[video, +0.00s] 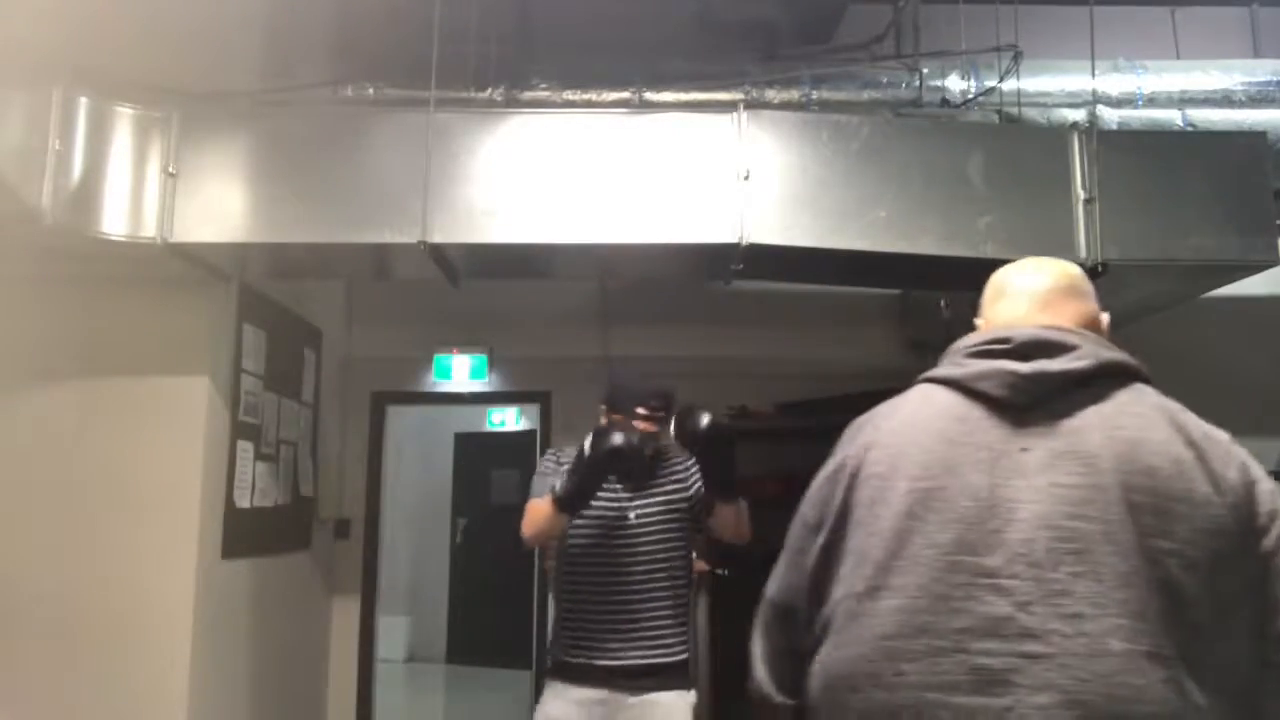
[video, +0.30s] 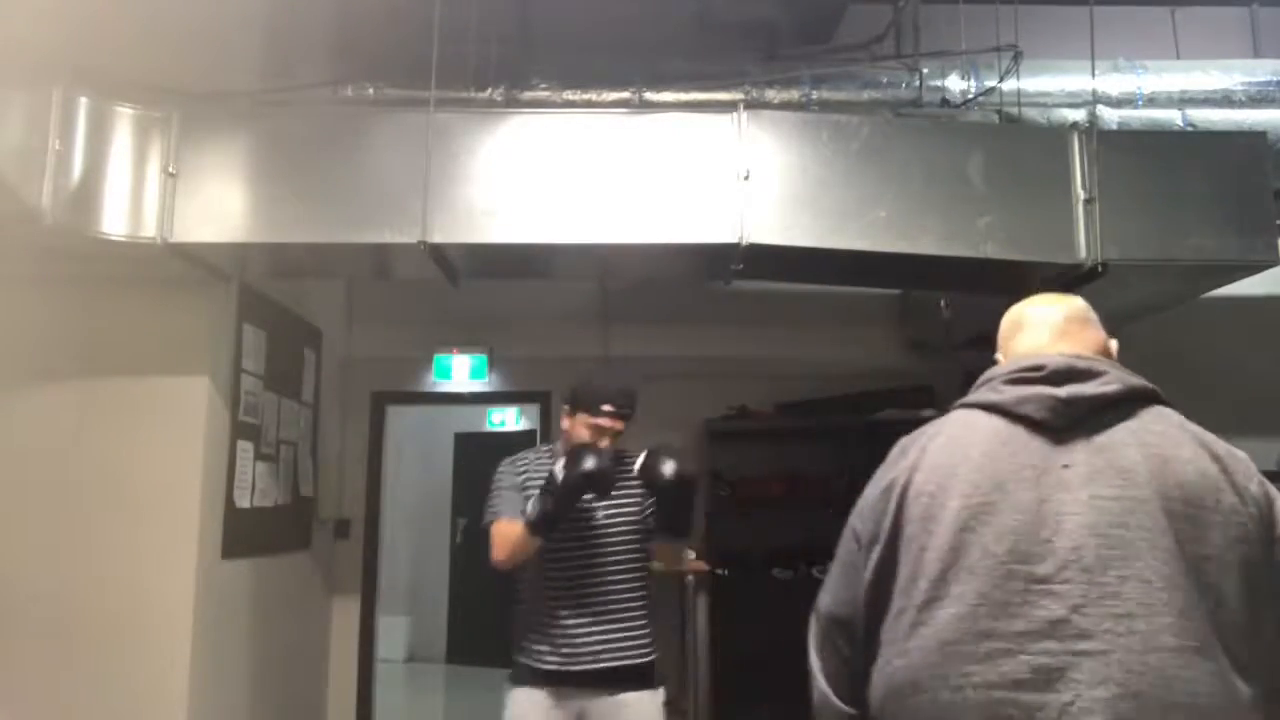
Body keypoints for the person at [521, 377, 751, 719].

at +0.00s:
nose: (644, 429)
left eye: (655, 420)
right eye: (633, 417)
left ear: (667, 424)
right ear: (606, 417)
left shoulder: (683, 468)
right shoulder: (564, 462)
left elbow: (736, 537)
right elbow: (532, 533)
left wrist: (719, 461)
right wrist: (590, 474)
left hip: (663, 688)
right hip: (577, 683)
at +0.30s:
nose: (604, 444)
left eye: (614, 435)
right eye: (595, 431)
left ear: (624, 432)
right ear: (566, 419)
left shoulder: (639, 473)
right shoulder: (520, 471)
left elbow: (670, 559)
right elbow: (502, 554)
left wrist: (676, 499)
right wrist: (559, 498)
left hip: (629, 682)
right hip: (543, 683)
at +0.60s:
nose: (568, 437)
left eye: (579, 428)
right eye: (560, 423)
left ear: (588, 425)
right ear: (529, 408)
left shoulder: (594, 463)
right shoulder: (475, 465)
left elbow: (610, 553)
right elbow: (466, 549)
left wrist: (632, 536)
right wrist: (528, 495)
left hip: (588, 675)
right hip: (504, 679)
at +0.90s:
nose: (610, 445)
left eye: (619, 433)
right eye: (605, 425)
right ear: (568, 407)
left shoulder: (604, 474)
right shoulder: (489, 468)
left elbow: (629, 559)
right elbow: (472, 569)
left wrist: (644, 538)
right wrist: (554, 526)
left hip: (592, 695)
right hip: (506, 697)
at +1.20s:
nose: (613, 438)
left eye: (620, 427)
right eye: (609, 419)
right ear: (569, 399)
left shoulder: (600, 472)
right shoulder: (484, 457)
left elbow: (622, 566)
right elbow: (453, 566)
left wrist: (636, 512)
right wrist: (539, 542)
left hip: (573, 697)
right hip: (484, 697)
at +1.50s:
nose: (527, 451)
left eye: (533, 440)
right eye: (520, 432)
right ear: (477, 412)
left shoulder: (497, 492)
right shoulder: (390, 480)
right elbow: (382, 594)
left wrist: (548, 573)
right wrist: (477, 556)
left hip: (488, 704)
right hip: (405, 707)